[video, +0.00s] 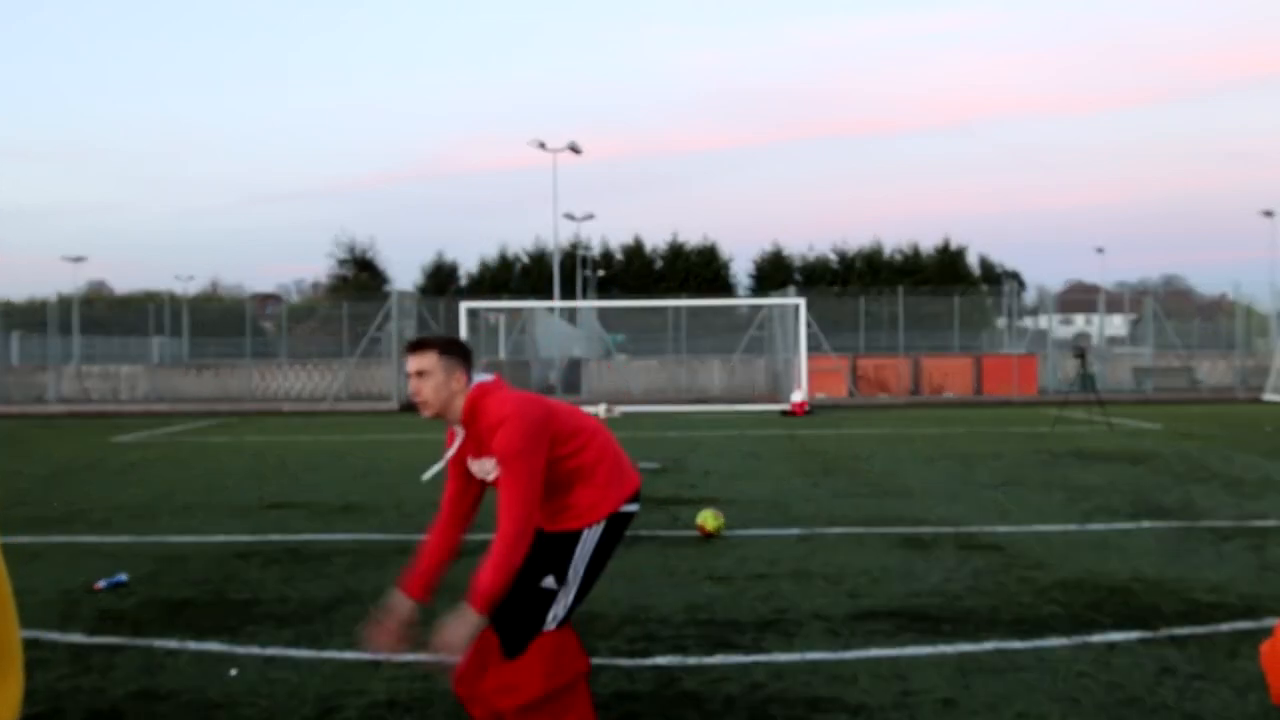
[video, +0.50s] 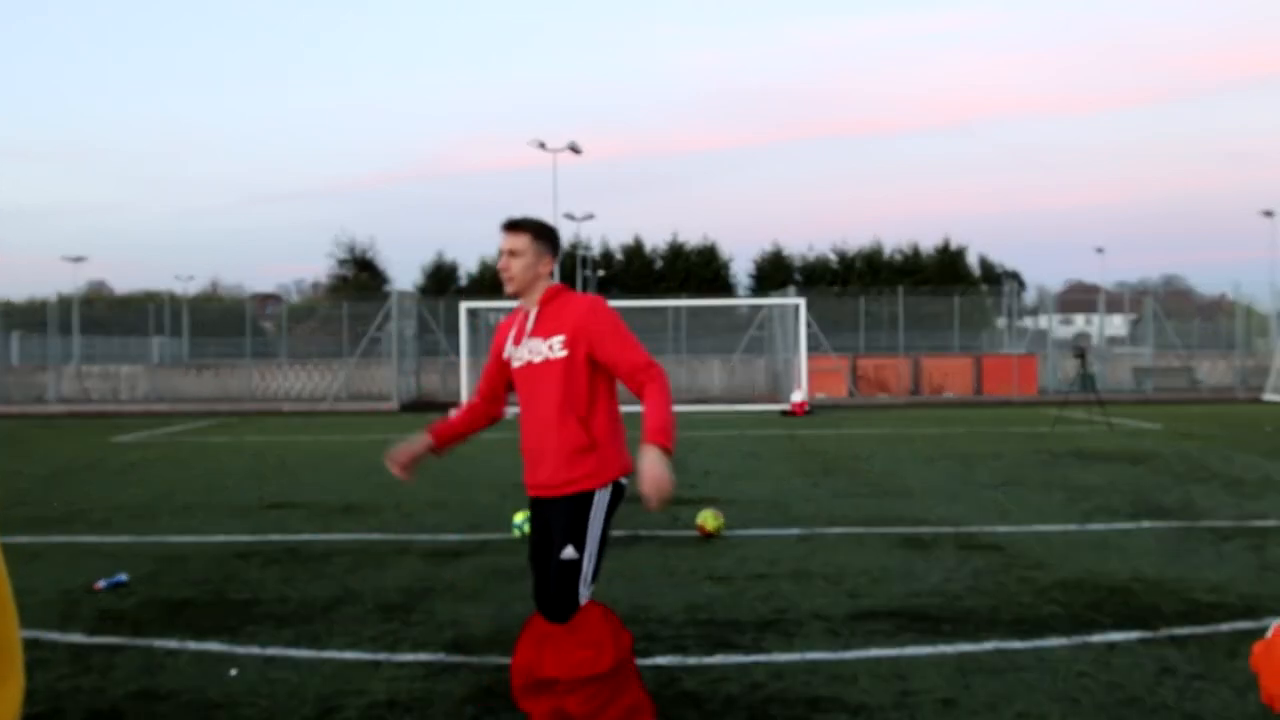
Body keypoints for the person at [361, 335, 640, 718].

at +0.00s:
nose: (412, 389)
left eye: (422, 376)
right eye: (410, 378)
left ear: (457, 379)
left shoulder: (514, 416)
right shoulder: (467, 429)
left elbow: (516, 527)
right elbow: (451, 520)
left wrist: (474, 611)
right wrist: (406, 598)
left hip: (600, 500)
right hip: (551, 504)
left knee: (535, 622)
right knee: (503, 616)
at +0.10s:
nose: (435, 347)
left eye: (446, 335)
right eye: (433, 337)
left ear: (483, 340)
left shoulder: (528, 382)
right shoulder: (472, 399)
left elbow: (536, 475)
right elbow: (437, 472)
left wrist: (453, 525)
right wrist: (355, 504)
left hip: (601, 493)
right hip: (553, 496)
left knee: (538, 618)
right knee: (509, 605)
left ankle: (564, 704)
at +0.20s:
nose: (453, 314)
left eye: (464, 302)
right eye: (450, 305)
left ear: (498, 307)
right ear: (449, 314)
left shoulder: (539, 353)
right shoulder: (476, 376)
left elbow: (557, 432)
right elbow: (429, 441)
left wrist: (486, 474)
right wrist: (352, 453)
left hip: (597, 489)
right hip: (552, 494)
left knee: (550, 617)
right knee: (521, 611)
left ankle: (571, 707)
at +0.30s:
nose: (474, 289)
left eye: (484, 278)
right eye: (471, 279)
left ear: (518, 282)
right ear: (474, 285)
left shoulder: (559, 327)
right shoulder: (489, 348)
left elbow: (602, 390)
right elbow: (442, 408)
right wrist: (369, 415)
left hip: (590, 484)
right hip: (542, 487)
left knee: (560, 606)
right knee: (529, 604)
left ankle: (578, 706)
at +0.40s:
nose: (485, 276)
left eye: (496, 266)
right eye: (483, 267)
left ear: (530, 271)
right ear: (488, 274)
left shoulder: (570, 318)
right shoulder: (498, 339)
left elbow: (629, 379)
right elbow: (455, 401)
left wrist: (598, 420)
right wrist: (389, 414)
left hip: (588, 483)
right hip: (541, 487)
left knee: (562, 606)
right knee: (537, 606)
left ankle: (592, 705)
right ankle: (547, 701)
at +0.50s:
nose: (502, 265)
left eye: (513, 255)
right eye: (501, 255)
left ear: (546, 262)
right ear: (508, 262)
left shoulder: (586, 312)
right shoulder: (510, 329)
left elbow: (650, 379)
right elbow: (486, 404)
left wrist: (655, 450)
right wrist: (427, 441)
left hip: (591, 478)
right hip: (544, 483)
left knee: (564, 602)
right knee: (553, 601)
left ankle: (623, 705)